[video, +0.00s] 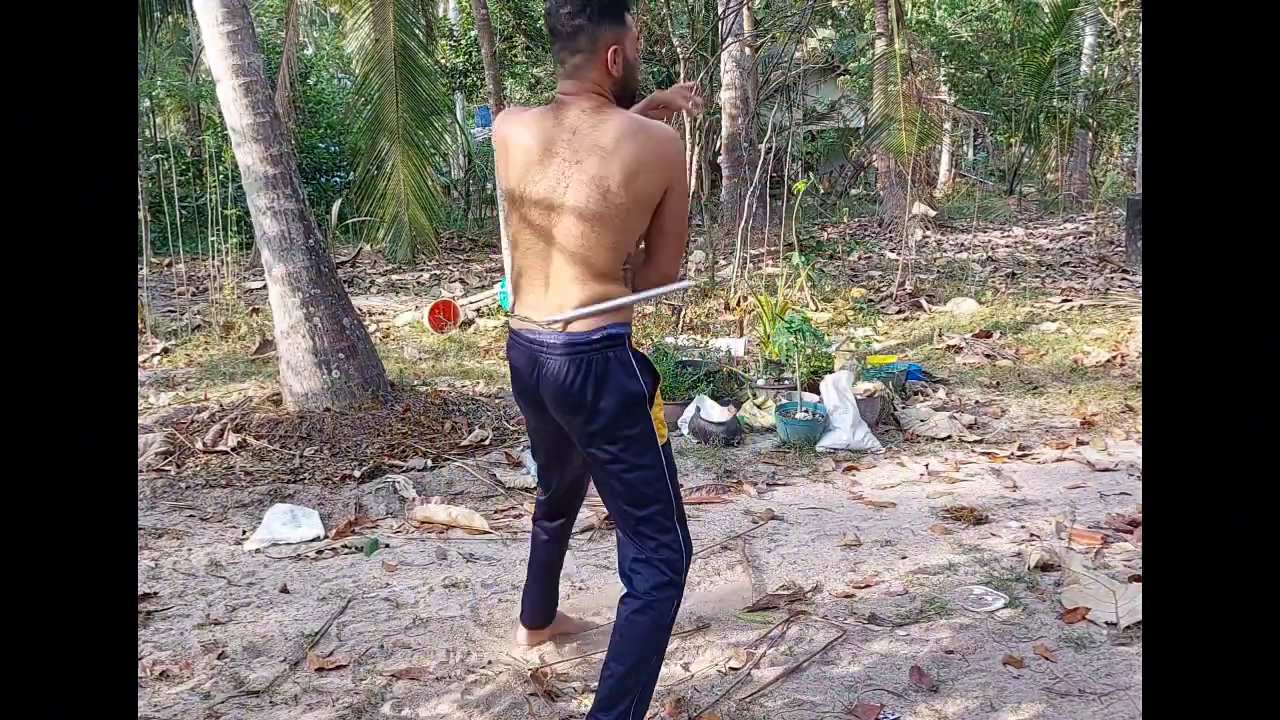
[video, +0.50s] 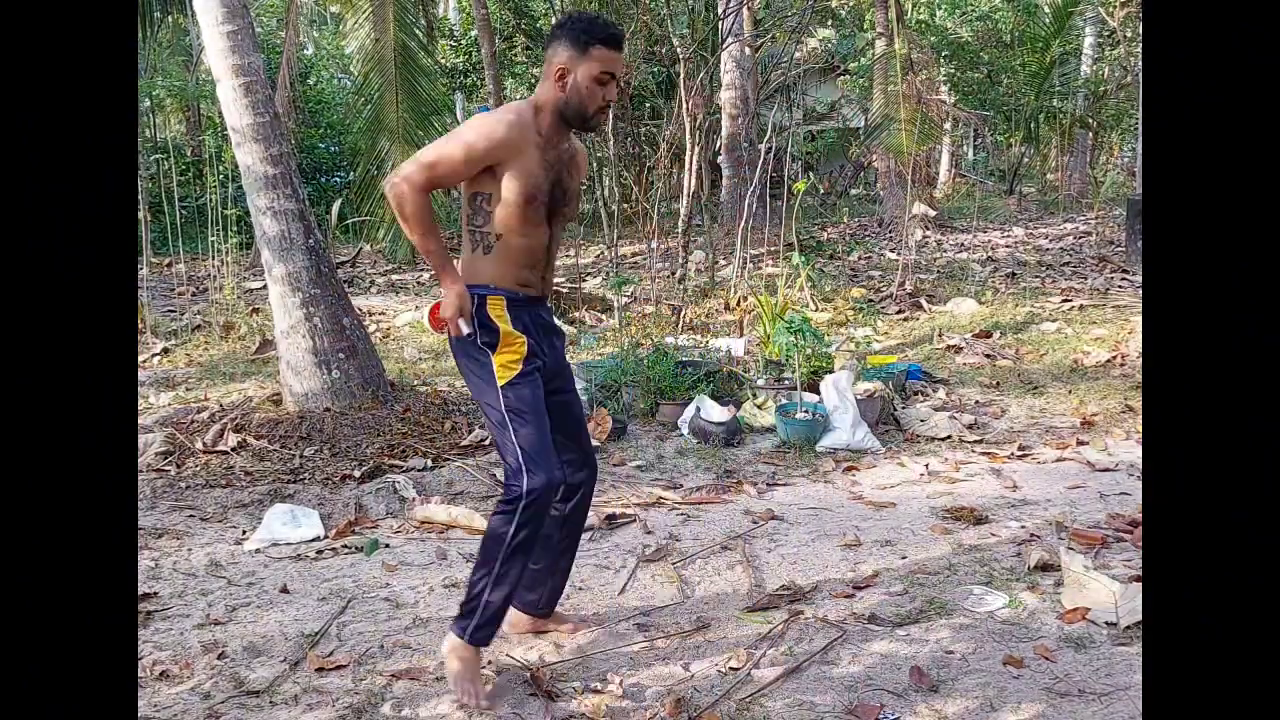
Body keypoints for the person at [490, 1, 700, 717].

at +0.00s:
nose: (635, 54)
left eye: (632, 40)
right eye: (633, 42)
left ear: (559, 53)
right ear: (615, 53)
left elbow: (574, 141)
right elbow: (660, 271)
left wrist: (647, 109)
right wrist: (590, 267)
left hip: (525, 356)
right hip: (597, 363)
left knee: (557, 490)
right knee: (658, 552)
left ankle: (536, 619)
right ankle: (614, 713)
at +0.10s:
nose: (635, 76)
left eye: (636, 62)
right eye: (633, 62)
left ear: (565, 61)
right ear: (604, 60)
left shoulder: (512, 139)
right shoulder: (619, 146)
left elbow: (485, 208)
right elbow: (655, 280)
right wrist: (654, 298)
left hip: (523, 354)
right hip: (578, 358)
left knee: (573, 495)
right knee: (641, 543)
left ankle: (533, 610)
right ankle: (611, 711)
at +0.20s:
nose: (635, 85)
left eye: (636, 69)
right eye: (631, 69)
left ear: (578, 67)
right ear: (599, 66)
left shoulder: (517, 138)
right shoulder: (588, 145)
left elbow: (472, 226)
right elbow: (582, 256)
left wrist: (544, 256)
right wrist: (638, 315)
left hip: (524, 346)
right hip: (563, 348)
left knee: (581, 486)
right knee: (619, 530)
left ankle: (531, 609)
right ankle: (606, 708)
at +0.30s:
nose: (634, 94)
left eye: (636, 79)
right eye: (628, 78)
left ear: (585, 75)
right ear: (589, 73)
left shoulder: (556, 135)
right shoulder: (548, 134)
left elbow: (491, 206)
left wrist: (540, 298)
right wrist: (531, 300)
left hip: (547, 332)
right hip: (533, 338)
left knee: (584, 479)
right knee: (589, 505)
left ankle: (533, 604)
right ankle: (609, 694)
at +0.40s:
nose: (624, 100)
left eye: (628, 87)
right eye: (619, 84)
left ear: (585, 80)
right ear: (576, 74)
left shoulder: (562, 142)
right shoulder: (523, 130)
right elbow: (420, 182)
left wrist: (485, 272)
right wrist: (470, 277)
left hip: (542, 322)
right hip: (510, 323)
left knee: (582, 475)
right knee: (574, 481)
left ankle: (529, 614)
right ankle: (535, 670)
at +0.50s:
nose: (612, 96)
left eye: (617, 83)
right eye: (603, 79)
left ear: (591, 80)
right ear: (559, 71)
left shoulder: (574, 156)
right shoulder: (508, 127)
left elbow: (534, 239)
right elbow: (406, 184)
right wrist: (448, 278)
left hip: (535, 319)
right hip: (490, 317)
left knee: (575, 472)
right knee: (536, 477)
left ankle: (533, 609)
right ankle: (466, 644)